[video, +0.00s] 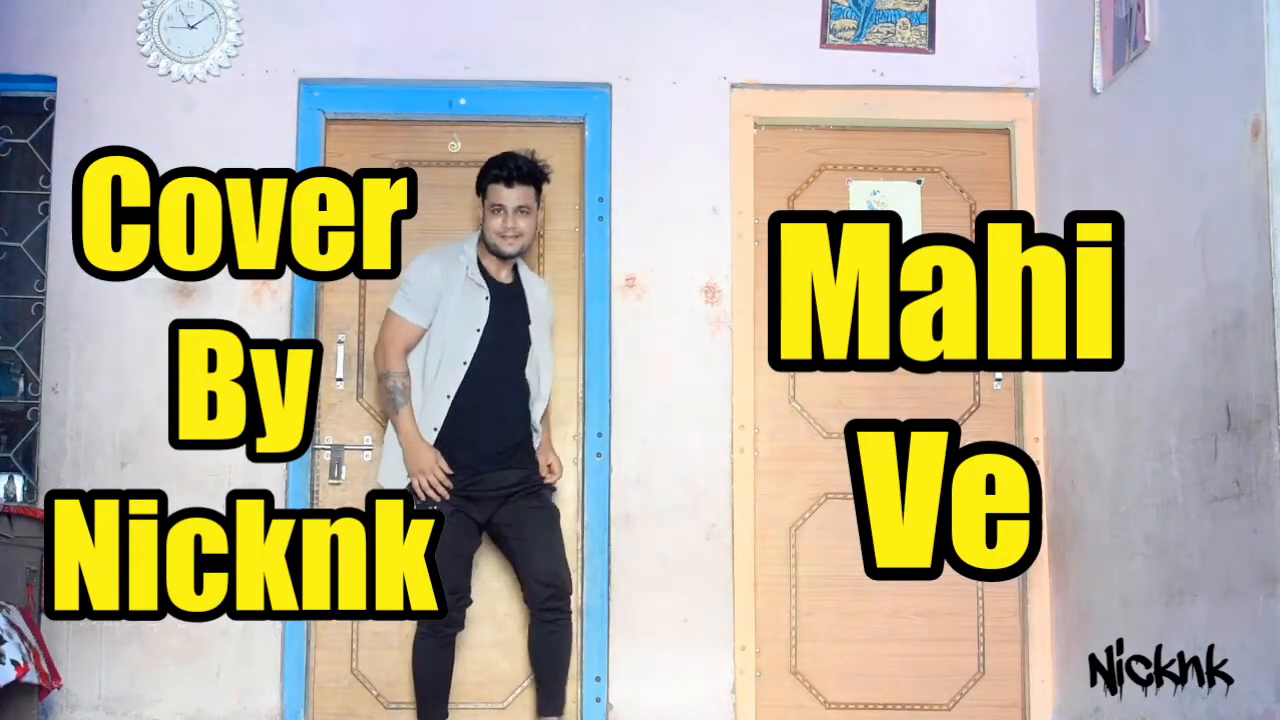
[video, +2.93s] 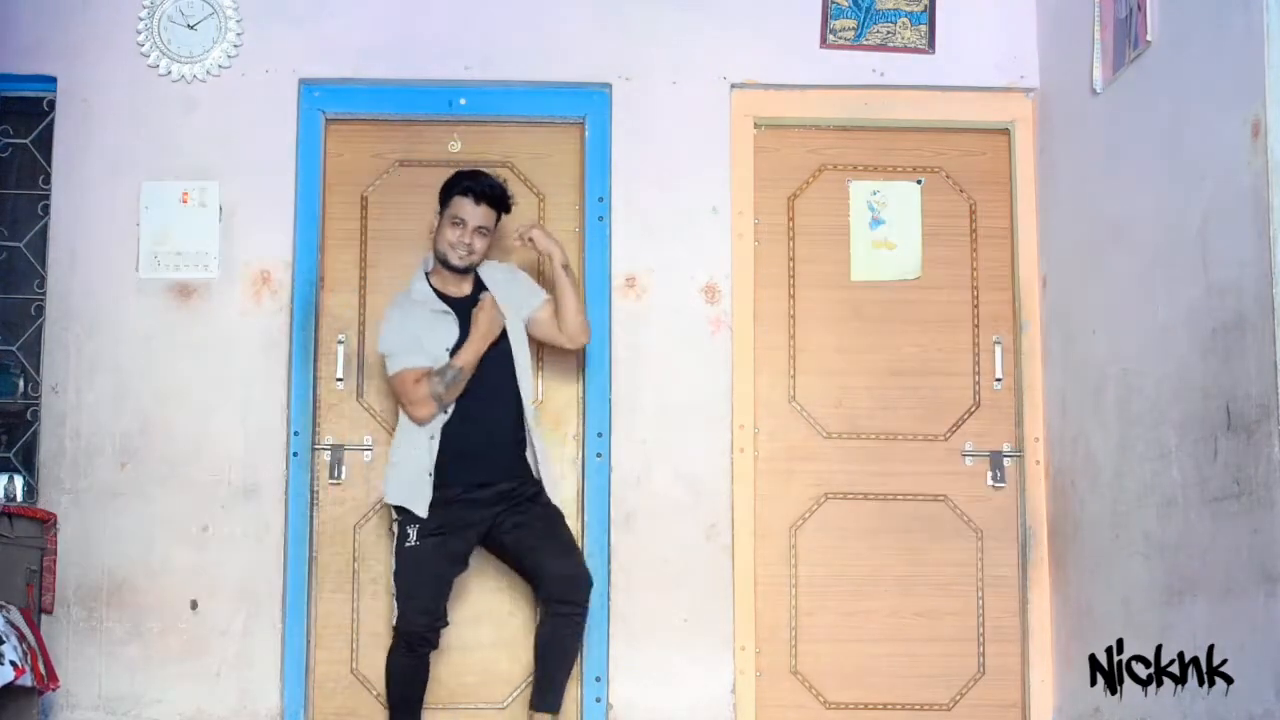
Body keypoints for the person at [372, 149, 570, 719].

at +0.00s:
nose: (510, 224)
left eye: (523, 212)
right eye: (499, 210)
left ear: (538, 218)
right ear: (480, 212)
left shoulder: (539, 292)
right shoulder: (435, 271)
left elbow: (537, 377)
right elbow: (390, 354)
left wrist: (545, 442)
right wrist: (412, 444)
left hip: (519, 480)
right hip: (447, 481)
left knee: (553, 596)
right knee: (442, 613)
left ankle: (550, 716)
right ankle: (433, 719)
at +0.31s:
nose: (552, 211)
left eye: (563, 198)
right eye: (538, 199)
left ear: (579, 204)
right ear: (520, 205)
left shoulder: (598, 289)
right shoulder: (473, 265)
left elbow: (630, 381)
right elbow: (435, 354)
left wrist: (603, 445)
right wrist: (442, 433)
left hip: (559, 488)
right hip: (478, 484)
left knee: (570, 615)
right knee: (458, 613)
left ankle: (582, 718)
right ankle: (439, 716)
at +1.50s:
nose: (457, 205)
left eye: (472, 196)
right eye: (448, 192)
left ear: (491, 205)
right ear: (433, 198)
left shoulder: (522, 263)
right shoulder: (400, 288)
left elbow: (559, 343)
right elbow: (382, 387)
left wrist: (560, 419)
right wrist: (400, 458)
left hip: (524, 471)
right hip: (442, 481)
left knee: (551, 607)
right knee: (424, 618)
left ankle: (578, 717)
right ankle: (411, 719)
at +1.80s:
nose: (433, 203)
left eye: (447, 194)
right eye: (423, 192)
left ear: (467, 206)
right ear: (410, 202)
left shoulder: (488, 271)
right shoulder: (377, 275)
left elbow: (516, 353)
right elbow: (335, 362)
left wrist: (520, 423)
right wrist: (367, 448)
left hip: (486, 474)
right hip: (409, 478)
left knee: (517, 595)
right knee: (405, 613)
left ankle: (501, 714)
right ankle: (404, 718)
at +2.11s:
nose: (427, 201)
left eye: (439, 191)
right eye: (416, 190)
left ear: (458, 201)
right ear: (398, 199)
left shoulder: (485, 271)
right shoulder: (372, 274)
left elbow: (559, 320)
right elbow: (360, 349)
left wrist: (601, 380)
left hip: (473, 472)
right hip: (395, 476)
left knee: (476, 611)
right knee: (393, 613)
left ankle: (473, 718)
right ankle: (387, 717)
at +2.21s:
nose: (424, 206)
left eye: (436, 195)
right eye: (414, 194)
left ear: (453, 204)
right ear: (394, 201)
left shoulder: (481, 267)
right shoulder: (369, 276)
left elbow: (549, 333)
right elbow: (380, 363)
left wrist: (559, 305)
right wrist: (456, 331)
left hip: (466, 474)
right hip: (388, 478)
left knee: (488, 594)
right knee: (383, 611)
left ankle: (470, 711)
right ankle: (384, 717)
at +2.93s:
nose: (466, 238)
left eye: (480, 230)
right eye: (457, 222)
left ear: (493, 237)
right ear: (436, 222)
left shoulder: (505, 285)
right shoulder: (407, 312)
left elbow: (572, 334)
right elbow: (420, 406)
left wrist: (557, 259)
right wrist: (479, 339)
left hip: (513, 490)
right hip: (435, 499)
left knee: (570, 585)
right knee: (417, 628)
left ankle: (544, 713)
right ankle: (404, 719)